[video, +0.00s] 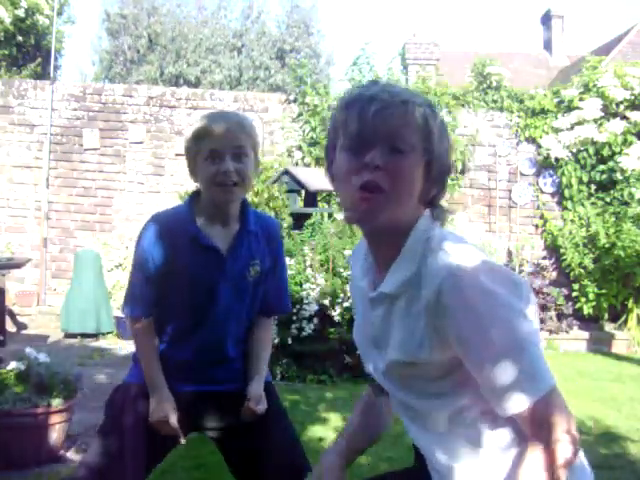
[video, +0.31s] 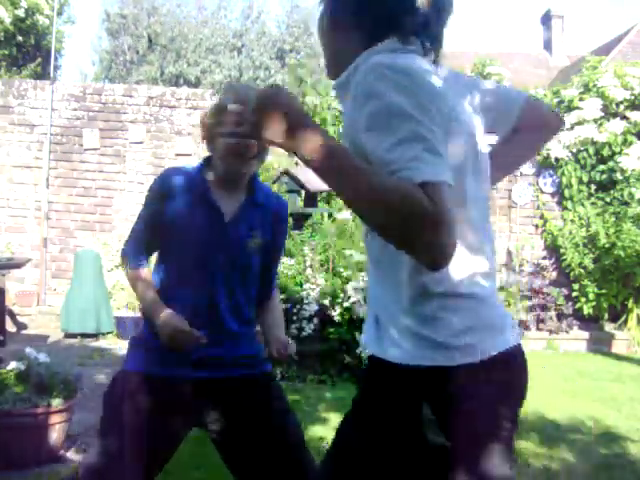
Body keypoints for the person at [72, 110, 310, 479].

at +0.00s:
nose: (227, 168)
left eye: (239, 157)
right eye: (213, 158)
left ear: (254, 166)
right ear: (193, 167)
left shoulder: (266, 232)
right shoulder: (162, 230)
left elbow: (266, 316)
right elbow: (139, 317)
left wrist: (257, 380)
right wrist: (158, 392)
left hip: (239, 384)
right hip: (167, 384)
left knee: (288, 469)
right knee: (112, 469)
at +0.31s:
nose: (245, 143)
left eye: (253, 134)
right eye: (232, 133)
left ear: (265, 144)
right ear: (208, 138)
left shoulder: (272, 210)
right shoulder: (173, 187)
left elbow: (266, 285)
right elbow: (133, 255)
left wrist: (276, 334)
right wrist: (158, 313)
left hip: (238, 364)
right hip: (163, 359)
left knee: (290, 470)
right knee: (124, 467)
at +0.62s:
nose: (220, 87)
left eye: (231, 75)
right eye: (207, 76)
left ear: (248, 74)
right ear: (187, 77)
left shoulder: (267, 120)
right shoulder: (167, 116)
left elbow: (302, 201)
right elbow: (133, 200)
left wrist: (270, 210)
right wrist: (192, 201)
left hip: (246, 257)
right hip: (178, 250)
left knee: (295, 333)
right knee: (90, 312)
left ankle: (307, 419)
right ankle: (173, 366)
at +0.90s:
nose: (207, 178)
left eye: (218, 165)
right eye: (194, 169)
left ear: (239, 167)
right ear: (179, 176)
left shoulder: (271, 230)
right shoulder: (168, 224)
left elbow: (294, 313)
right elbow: (169, 302)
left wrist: (282, 370)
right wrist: (184, 343)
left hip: (262, 377)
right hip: (191, 371)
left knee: (304, 463)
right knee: (125, 455)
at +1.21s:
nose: (215, 164)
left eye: (226, 153)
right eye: (203, 157)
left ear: (248, 165)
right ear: (187, 171)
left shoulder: (280, 236)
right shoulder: (174, 231)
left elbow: (308, 306)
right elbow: (160, 303)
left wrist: (300, 340)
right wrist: (194, 328)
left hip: (263, 387)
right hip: (186, 383)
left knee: (299, 472)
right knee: (112, 465)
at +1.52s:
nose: (238, 197)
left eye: (249, 187)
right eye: (225, 187)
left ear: (264, 192)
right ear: (206, 194)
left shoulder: (279, 253)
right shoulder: (185, 241)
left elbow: (295, 332)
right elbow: (157, 317)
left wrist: (301, 366)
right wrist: (199, 353)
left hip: (261, 397)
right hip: (191, 398)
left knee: (329, 474)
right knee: (154, 474)